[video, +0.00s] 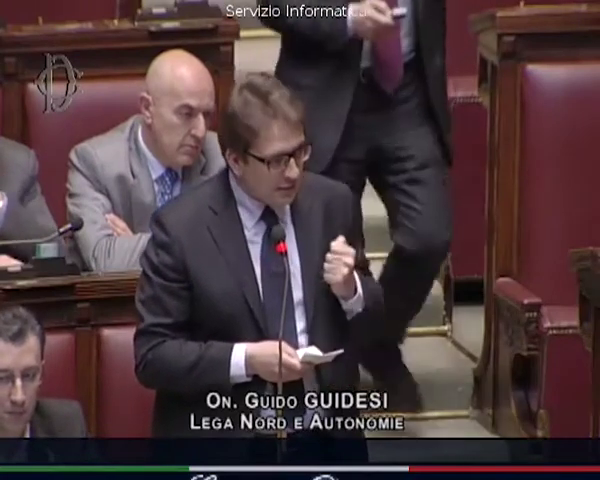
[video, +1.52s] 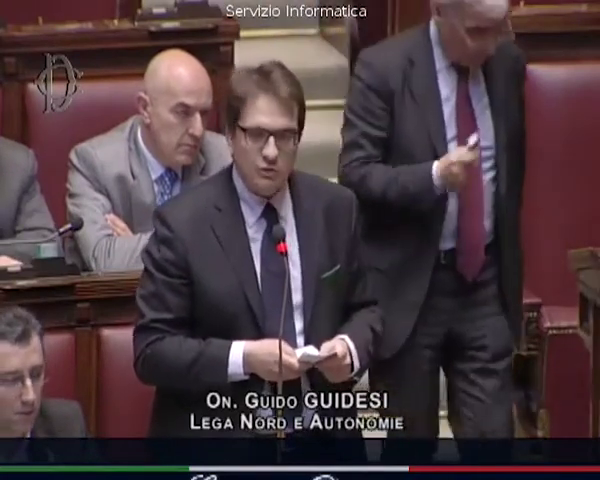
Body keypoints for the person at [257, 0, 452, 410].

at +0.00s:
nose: (287, 170)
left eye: (291, 158)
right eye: (272, 160)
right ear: (239, 157)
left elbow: (433, 34)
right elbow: (273, 10)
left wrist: (438, 119)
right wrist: (345, 19)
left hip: (410, 93)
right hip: (328, 93)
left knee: (428, 240)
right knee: (335, 256)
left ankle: (380, 343)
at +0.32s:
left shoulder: (460, 9)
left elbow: (465, 56)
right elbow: (299, 46)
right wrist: (371, 66)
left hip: (433, 144)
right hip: (347, 142)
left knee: (437, 328)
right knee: (346, 313)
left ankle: (436, 462)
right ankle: (334, 453)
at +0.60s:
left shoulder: (486, 6)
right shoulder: (357, 5)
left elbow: (493, 78)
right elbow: (329, 78)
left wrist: (494, 167)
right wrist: (404, 104)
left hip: (464, 172)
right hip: (384, 171)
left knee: (457, 337)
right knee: (385, 328)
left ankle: (430, 466)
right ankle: (367, 458)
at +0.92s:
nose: (463, 0)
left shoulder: (492, 15)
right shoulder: (368, 19)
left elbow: (504, 118)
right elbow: (337, 123)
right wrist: (411, 148)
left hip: (473, 219)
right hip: (393, 221)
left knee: (468, 376)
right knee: (400, 382)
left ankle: (431, 474)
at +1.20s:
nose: (467, 27)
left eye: (476, 16)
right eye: (458, 15)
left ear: (486, 9)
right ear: (428, 0)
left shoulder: (488, 34)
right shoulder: (365, 36)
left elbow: (494, 140)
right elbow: (331, 149)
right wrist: (407, 176)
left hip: (472, 243)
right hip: (395, 248)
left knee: (492, 391)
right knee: (399, 413)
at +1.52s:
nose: (490, 46)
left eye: (499, 31)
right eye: (476, 32)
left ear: (508, 19)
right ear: (438, 13)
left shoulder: (507, 65)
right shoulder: (383, 67)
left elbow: (511, 178)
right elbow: (355, 171)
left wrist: (509, 285)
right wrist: (433, 177)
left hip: (485, 278)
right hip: (407, 281)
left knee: (491, 442)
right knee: (410, 443)